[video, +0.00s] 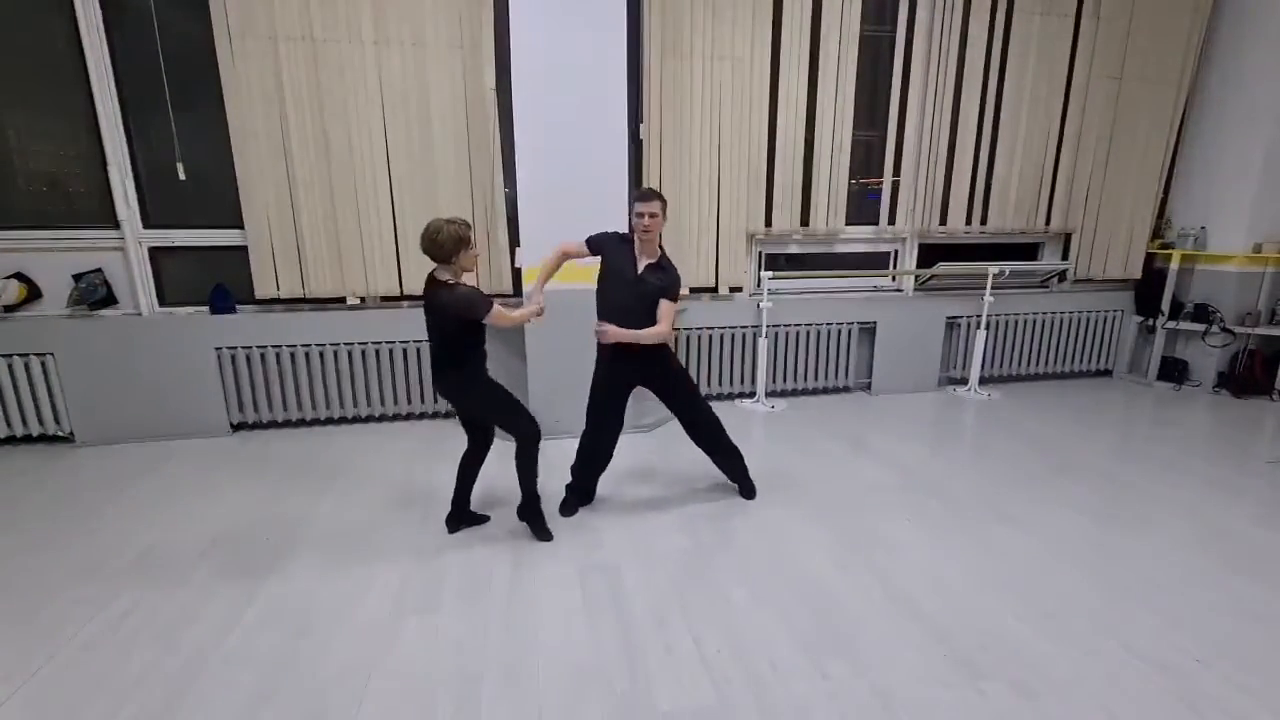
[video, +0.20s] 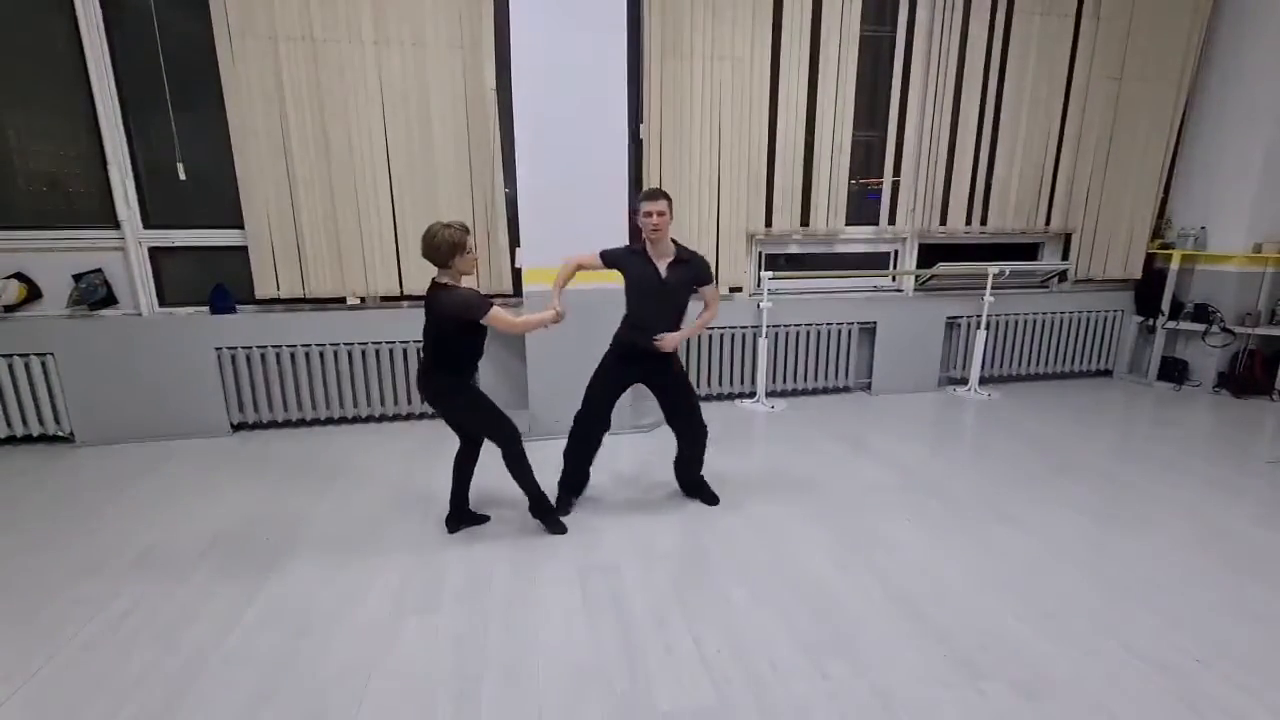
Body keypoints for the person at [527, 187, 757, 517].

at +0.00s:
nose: (645, 222)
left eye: (652, 216)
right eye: (639, 216)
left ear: (663, 220)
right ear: (630, 218)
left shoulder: (668, 275)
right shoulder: (611, 244)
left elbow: (664, 331)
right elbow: (563, 252)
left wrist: (620, 333)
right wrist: (536, 289)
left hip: (655, 357)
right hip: (613, 357)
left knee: (697, 415)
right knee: (599, 427)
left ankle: (739, 474)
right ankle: (578, 491)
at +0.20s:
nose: (654, 221)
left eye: (660, 214)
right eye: (647, 215)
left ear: (671, 218)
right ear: (638, 220)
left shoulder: (693, 264)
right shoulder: (627, 257)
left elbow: (711, 307)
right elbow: (574, 262)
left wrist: (681, 336)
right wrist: (556, 294)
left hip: (664, 359)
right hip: (624, 354)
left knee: (693, 429)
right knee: (589, 419)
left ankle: (690, 479)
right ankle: (568, 490)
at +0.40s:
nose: (652, 219)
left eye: (658, 212)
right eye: (644, 214)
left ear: (667, 216)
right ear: (635, 219)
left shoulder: (687, 255)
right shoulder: (628, 264)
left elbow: (679, 295)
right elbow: (588, 293)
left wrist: (684, 324)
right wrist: (549, 311)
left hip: (677, 355)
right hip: (641, 355)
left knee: (701, 429)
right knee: (600, 417)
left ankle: (695, 480)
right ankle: (543, 473)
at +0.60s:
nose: (639, 219)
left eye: (645, 212)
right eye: (632, 214)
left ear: (655, 215)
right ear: (623, 219)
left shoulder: (669, 252)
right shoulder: (619, 261)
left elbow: (664, 295)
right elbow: (577, 288)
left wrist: (676, 325)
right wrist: (531, 294)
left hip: (673, 352)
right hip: (638, 353)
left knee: (695, 423)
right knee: (599, 416)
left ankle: (694, 478)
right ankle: (546, 475)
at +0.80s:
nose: (616, 222)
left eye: (623, 214)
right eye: (612, 216)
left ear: (643, 214)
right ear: (610, 220)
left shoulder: (671, 251)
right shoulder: (611, 264)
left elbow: (693, 283)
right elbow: (594, 317)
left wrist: (699, 312)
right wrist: (566, 322)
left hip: (664, 351)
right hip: (626, 353)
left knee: (684, 418)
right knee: (591, 415)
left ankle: (692, 478)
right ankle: (541, 481)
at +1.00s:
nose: (604, 227)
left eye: (610, 219)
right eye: (601, 221)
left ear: (631, 218)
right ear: (602, 223)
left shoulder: (665, 255)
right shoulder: (604, 265)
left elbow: (695, 296)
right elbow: (586, 307)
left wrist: (677, 317)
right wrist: (578, 331)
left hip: (652, 352)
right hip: (611, 350)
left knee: (677, 416)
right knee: (573, 410)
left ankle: (691, 479)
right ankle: (533, 470)